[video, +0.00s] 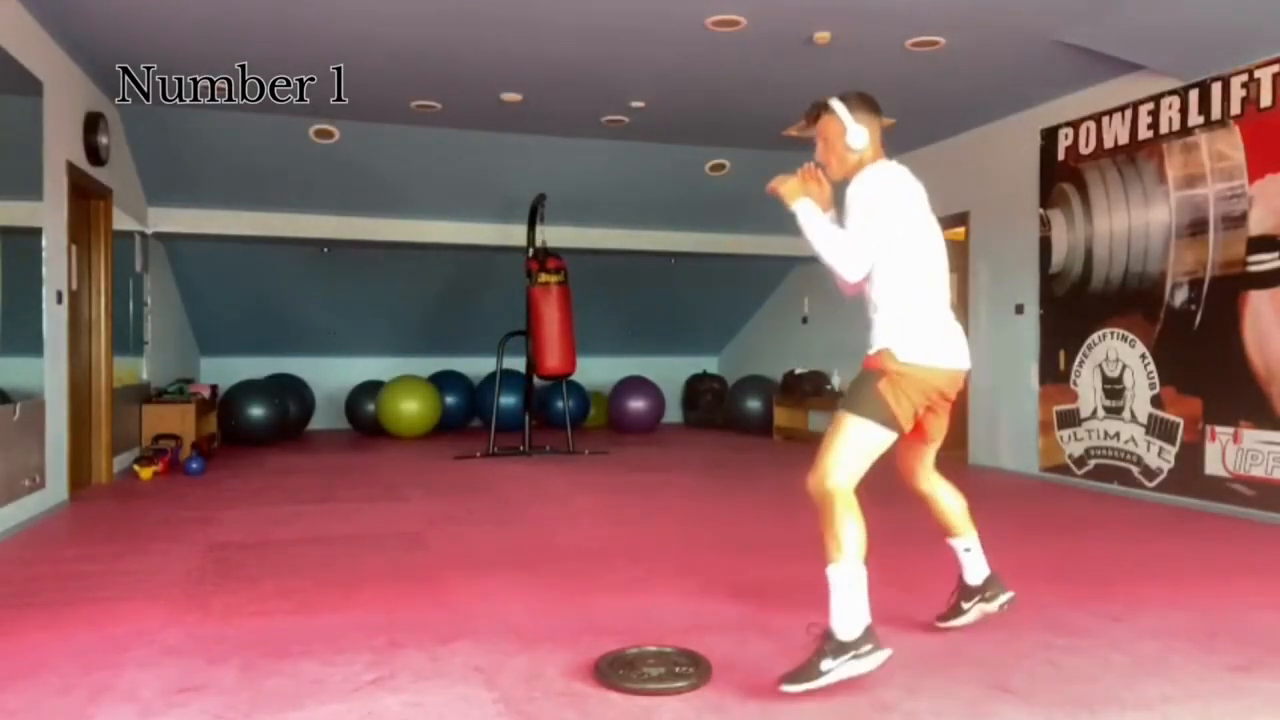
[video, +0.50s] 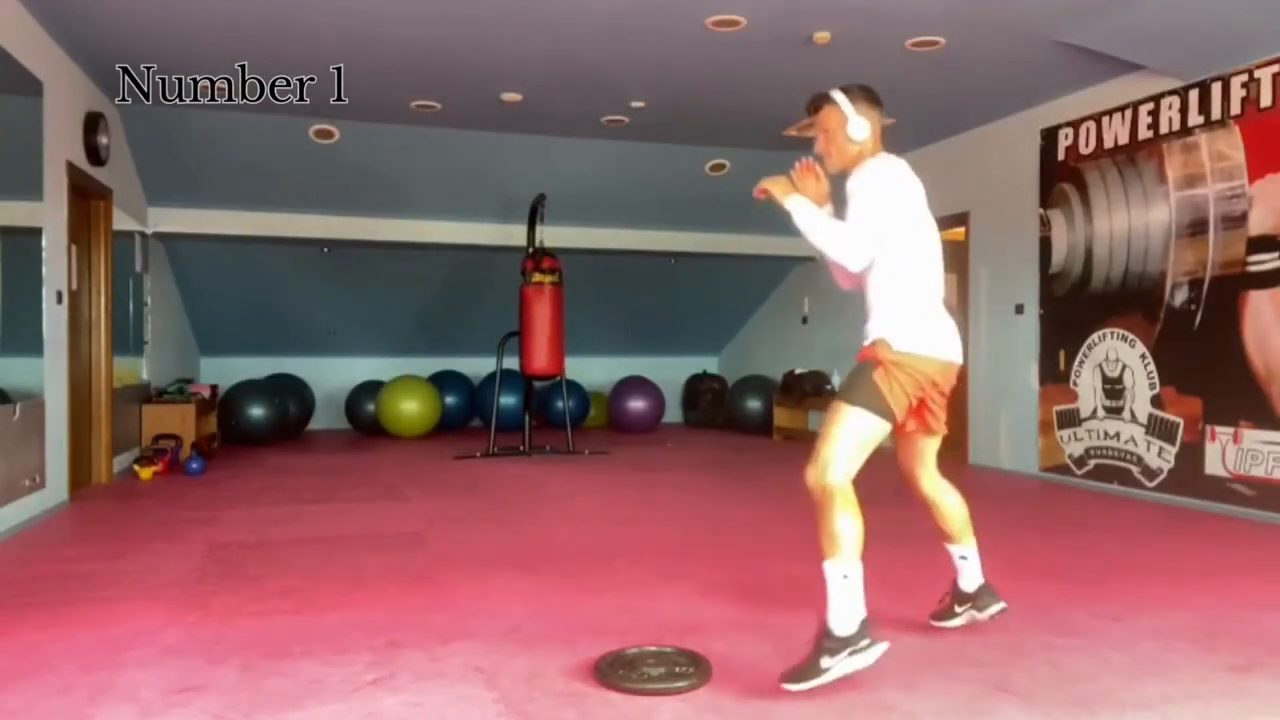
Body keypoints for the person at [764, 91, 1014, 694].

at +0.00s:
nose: (818, 153)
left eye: (823, 140)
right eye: (817, 142)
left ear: (854, 135)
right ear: (869, 137)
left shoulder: (869, 186)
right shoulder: (905, 183)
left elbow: (851, 267)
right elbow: (869, 269)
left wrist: (804, 207)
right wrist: (829, 205)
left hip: (907, 358)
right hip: (947, 360)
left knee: (830, 480)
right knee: (919, 467)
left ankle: (852, 636)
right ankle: (981, 582)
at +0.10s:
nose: (831, 170)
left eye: (837, 157)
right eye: (830, 158)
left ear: (868, 156)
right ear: (879, 158)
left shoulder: (884, 204)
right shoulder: (912, 200)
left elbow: (876, 288)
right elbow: (881, 294)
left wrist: (822, 230)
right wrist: (837, 227)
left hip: (923, 375)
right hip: (959, 375)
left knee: (830, 481)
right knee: (932, 486)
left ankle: (912, 609)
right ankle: (984, 599)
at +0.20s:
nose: (843, 200)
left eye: (850, 187)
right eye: (842, 187)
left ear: (882, 185)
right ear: (888, 188)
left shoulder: (899, 240)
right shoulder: (923, 233)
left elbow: (896, 323)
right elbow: (896, 321)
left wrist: (838, 270)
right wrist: (849, 265)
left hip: (930, 409)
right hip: (965, 410)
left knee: (846, 512)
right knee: (925, 505)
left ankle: (952, 622)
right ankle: (992, 612)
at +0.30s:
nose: (843, 193)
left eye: (851, 180)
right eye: (843, 181)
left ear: (882, 178)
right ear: (888, 181)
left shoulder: (900, 232)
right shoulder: (921, 227)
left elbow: (895, 314)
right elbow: (889, 317)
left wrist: (841, 262)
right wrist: (847, 260)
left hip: (926, 403)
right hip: (959, 404)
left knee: (839, 501)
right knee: (926, 505)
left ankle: (941, 616)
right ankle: (991, 613)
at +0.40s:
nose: (832, 156)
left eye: (837, 144)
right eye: (831, 146)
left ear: (869, 141)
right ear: (875, 143)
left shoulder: (888, 193)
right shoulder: (909, 192)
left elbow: (878, 275)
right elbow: (866, 288)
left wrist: (820, 220)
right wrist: (832, 221)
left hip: (916, 366)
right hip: (948, 369)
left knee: (828, 474)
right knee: (937, 487)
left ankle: (901, 612)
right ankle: (982, 601)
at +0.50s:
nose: (818, 142)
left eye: (824, 129)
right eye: (817, 132)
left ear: (855, 126)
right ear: (863, 129)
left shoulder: (873, 178)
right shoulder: (898, 178)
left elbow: (854, 257)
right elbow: (857, 270)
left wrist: (795, 203)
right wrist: (822, 206)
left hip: (903, 348)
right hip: (938, 350)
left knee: (828, 473)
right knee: (924, 472)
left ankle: (847, 633)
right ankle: (975, 589)